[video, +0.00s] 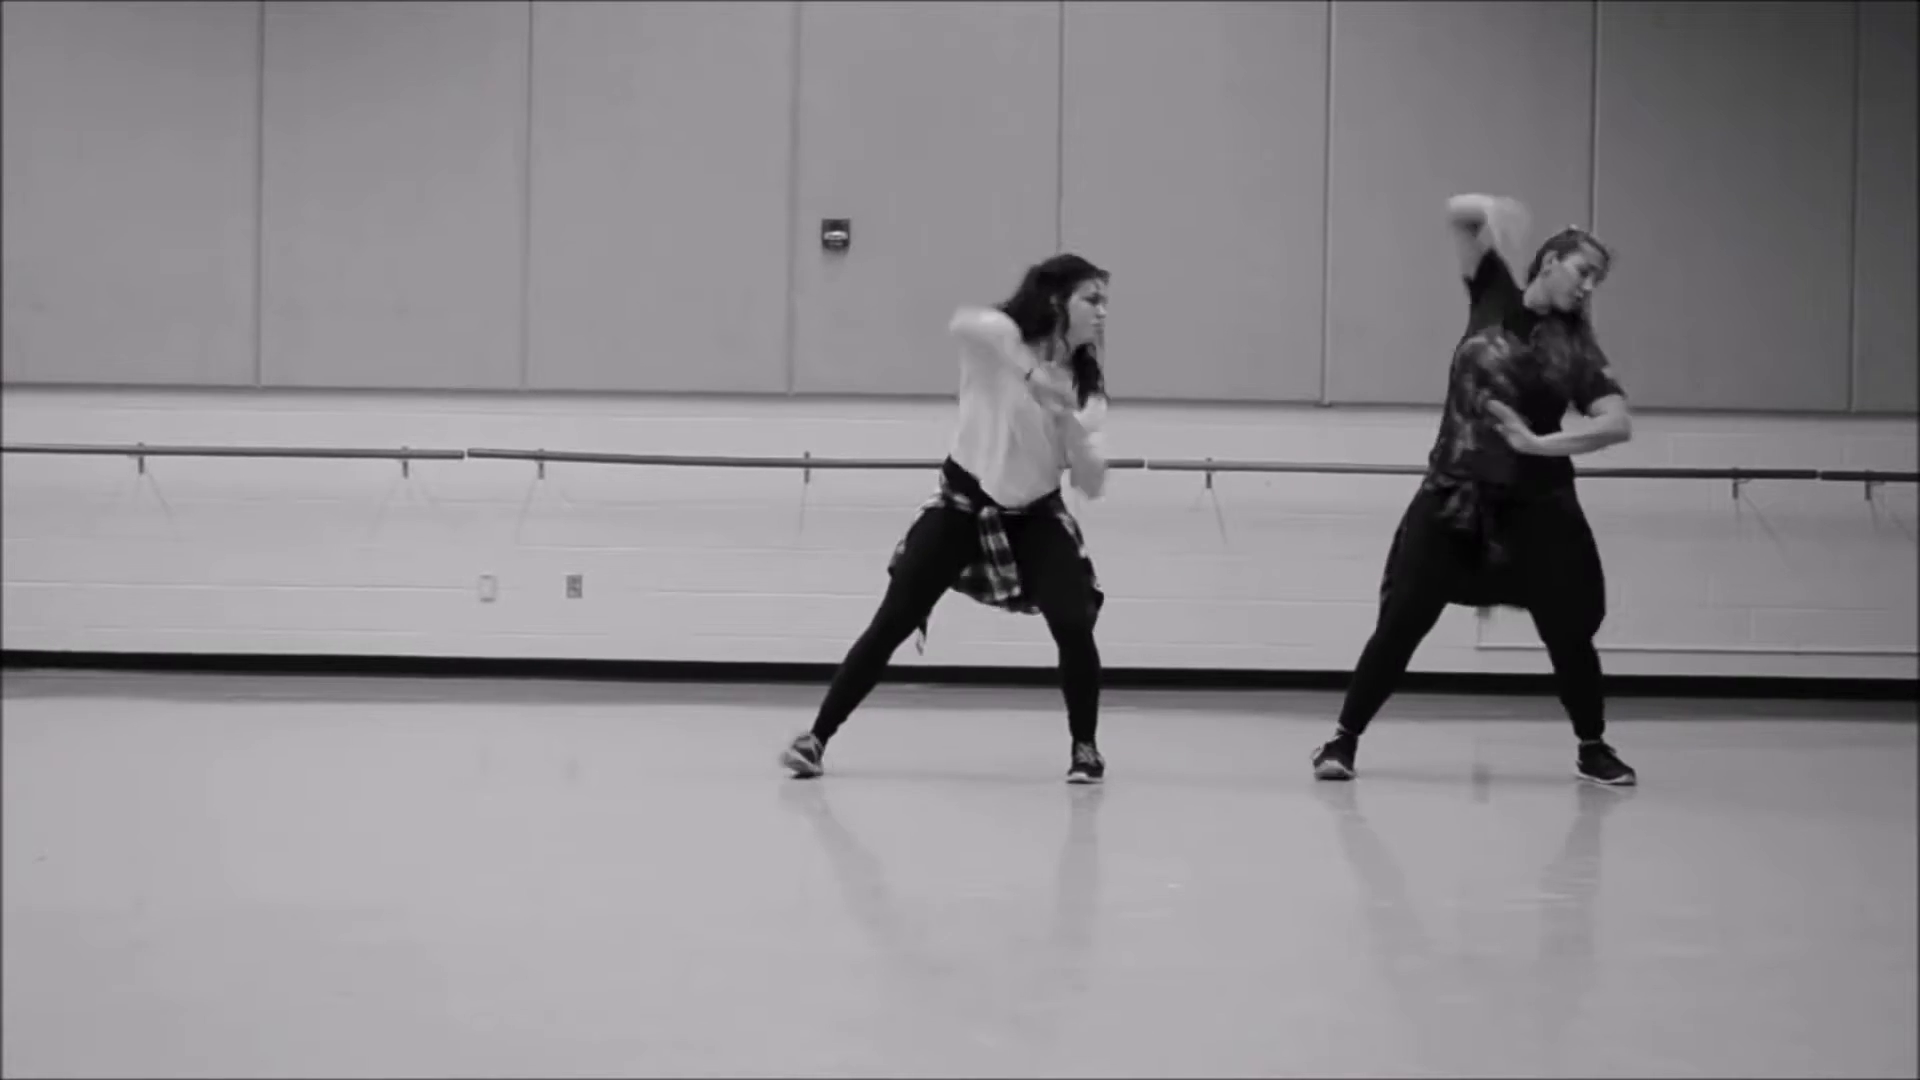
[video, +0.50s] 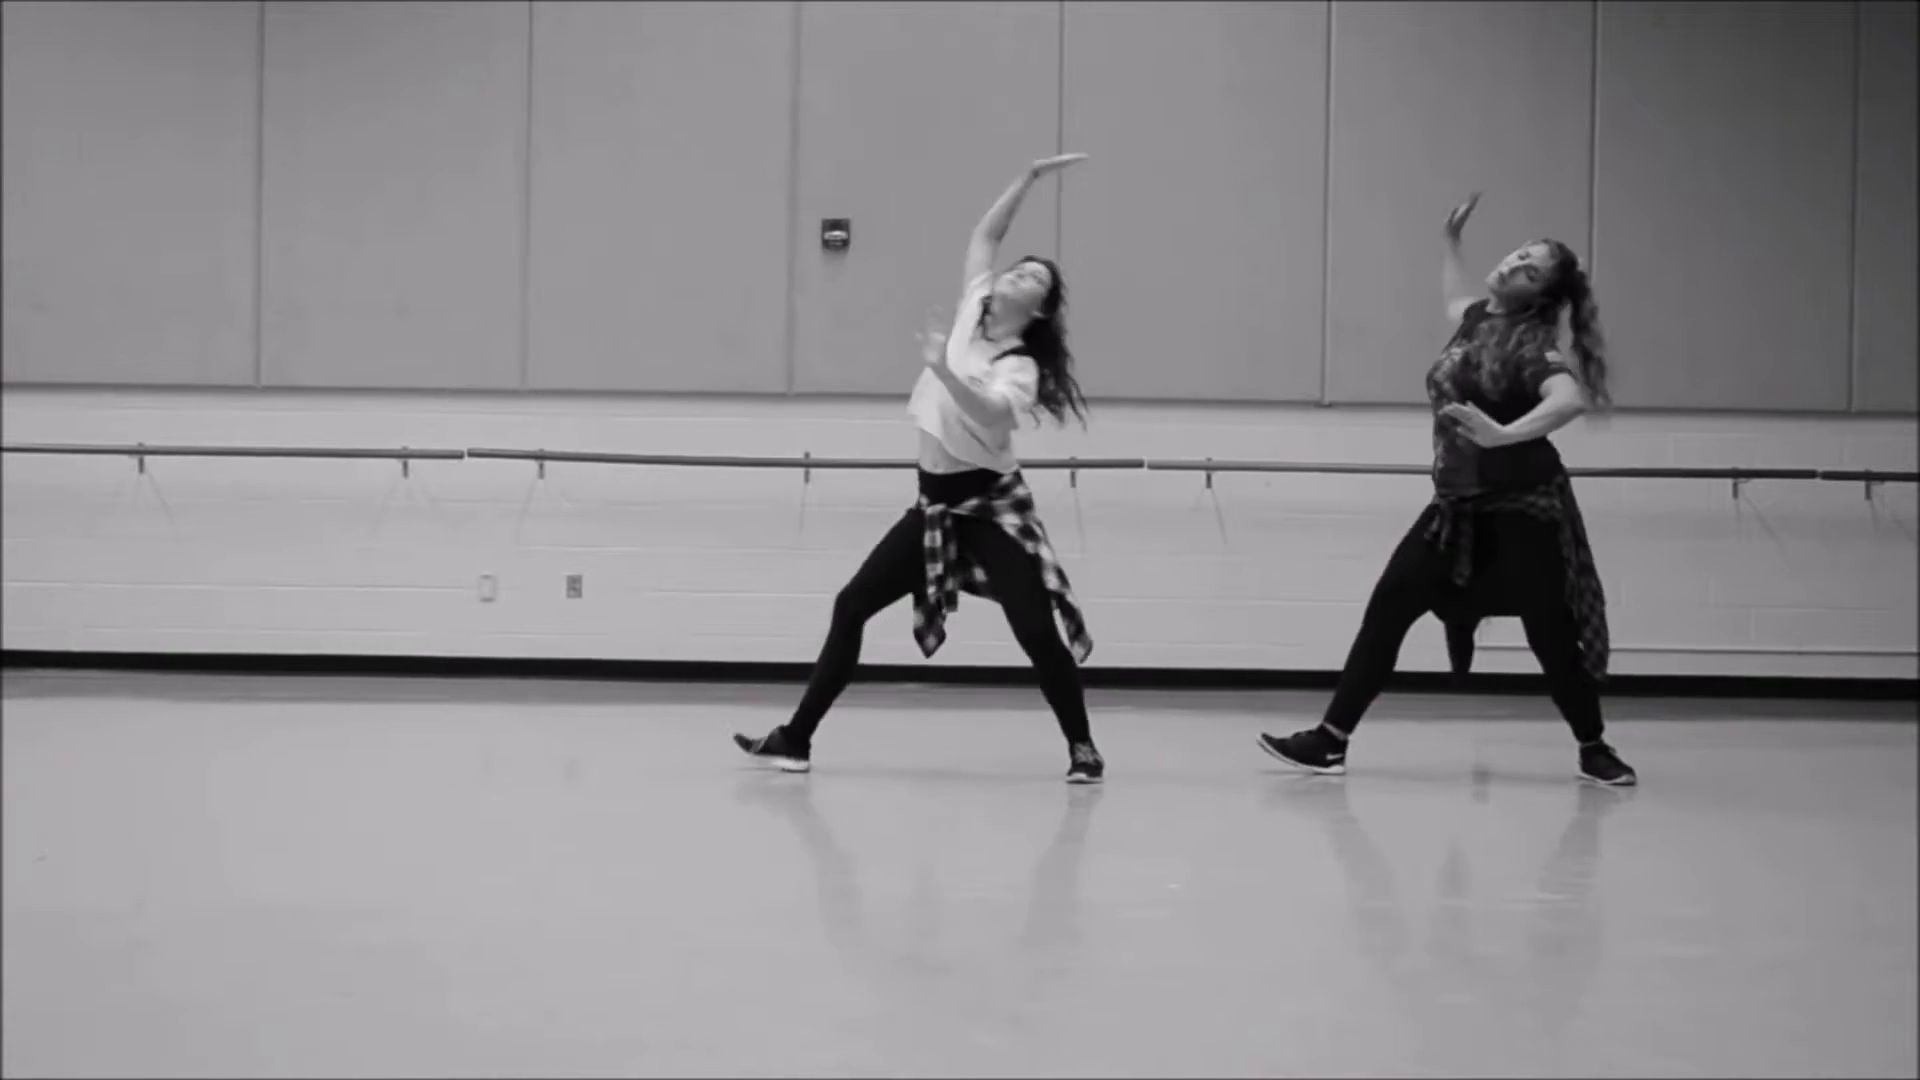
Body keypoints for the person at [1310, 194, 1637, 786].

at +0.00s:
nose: (1589, 286)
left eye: (1595, 279)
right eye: (1584, 270)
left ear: (1592, 286)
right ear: (1550, 259)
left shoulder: (1577, 349)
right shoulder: (1493, 297)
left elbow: (1616, 423)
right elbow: (1458, 215)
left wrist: (1538, 443)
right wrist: (1494, 210)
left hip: (1535, 507)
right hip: (1453, 497)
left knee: (1569, 635)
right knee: (1401, 623)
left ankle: (1593, 748)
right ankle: (1343, 741)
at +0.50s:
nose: (1514, 262)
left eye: (1531, 266)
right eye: (1518, 254)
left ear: (1541, 295)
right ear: (1503, 265)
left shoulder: (1535, 343)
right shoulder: (1474, 323)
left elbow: (1569, 400)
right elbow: (1456, 299)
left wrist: (1505, 433)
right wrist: (1451, 245)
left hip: (1524, 507)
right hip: (1457, 506)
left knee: (1553, 635)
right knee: (1389, 605)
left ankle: (1593, 748)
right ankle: (1331, 735)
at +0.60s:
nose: (1493, 263)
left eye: (1509, 267)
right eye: (1497, 255)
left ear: (1522, 297)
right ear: (1483, 270)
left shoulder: (1525, 346)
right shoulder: (1459, 328)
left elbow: (1561, 405)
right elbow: (1436, 347)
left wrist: (1510, 437)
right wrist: (1422, 296)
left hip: (1522, 514)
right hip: (1452, 512)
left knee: (1550, 634)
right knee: (1379, 606)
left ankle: (1596, 749)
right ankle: (1327, 737)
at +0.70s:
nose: (1457, 265)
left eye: (1473, 267)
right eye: (1464, 258)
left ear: (1488, 297)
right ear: (1452, 279)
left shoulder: (1503, 350)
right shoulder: (1435, 338)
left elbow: (1546, 410)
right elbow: (1426, 403)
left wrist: (1517, 438)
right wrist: (1382, 362)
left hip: (1513, 517)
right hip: (1443, 519)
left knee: (1549, 636)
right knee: (1357, 601)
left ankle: (1599, 749)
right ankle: (1325, 737)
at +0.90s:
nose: (1374, 268)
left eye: (1390, 265)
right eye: (1380, 259)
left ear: (1416, 287)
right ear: (1385, 279)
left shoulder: (1434, 341)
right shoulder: (1357, 341)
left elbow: (1468, 374)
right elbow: (1353, 399)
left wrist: (1495, 391)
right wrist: (1283, 383)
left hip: (1447, 508)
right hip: (1381, 509)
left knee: (1474, 628)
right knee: (1307, 603)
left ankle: (1559, 709)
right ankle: (1317, 739)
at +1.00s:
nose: (1353, 261)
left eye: (1367, 258)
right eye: (1357, 252)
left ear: (1397, 278)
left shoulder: (1417, 331)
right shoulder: (1340, 329)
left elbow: (1461, 374)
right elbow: (1318, 386)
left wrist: (1486, 384)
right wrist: (1250, 375)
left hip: (1431, 495)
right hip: (1363, 496)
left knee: (1410, 598)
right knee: (1288, 590)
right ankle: (1307, 724)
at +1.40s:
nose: (1337, 267)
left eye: (1352, 265)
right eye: (1342, 258)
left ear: (1378, 288)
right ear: (1351, 276)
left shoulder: (1396, 346)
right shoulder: (1322, 325)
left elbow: (1452, 390)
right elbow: (1297, 390)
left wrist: (1506, 410)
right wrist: (1250, 361)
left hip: (1363, 503)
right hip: (1295, 499)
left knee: (1339, 623)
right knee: (1209, 596)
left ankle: (1362, 745)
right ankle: (1207, 733)